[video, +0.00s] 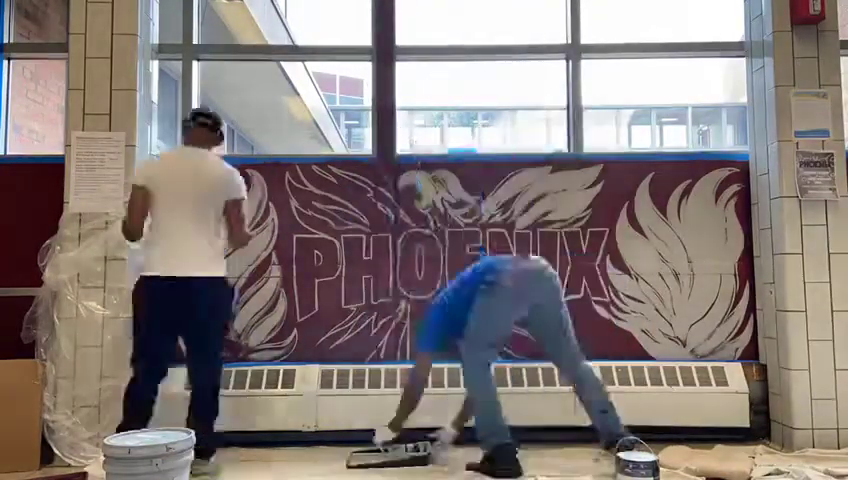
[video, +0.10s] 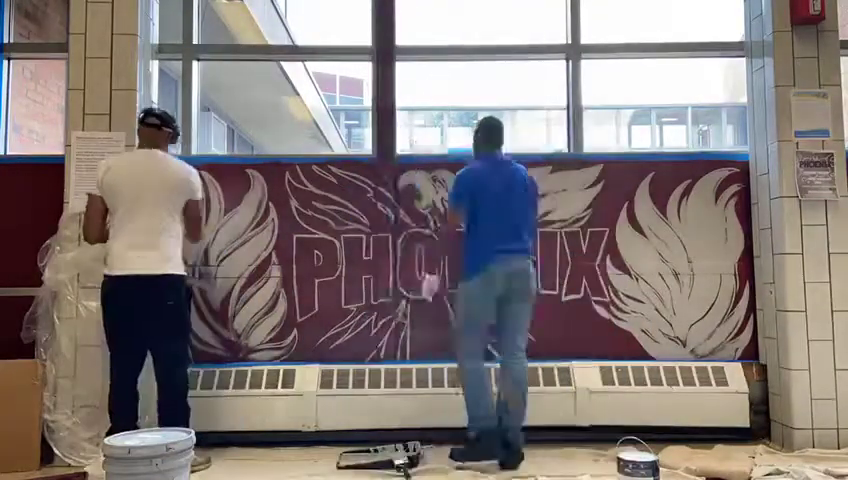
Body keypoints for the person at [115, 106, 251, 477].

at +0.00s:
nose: (216, 146)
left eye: (213, 140)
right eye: (219, 142)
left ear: (184, 134)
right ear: (219, 140)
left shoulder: (152, 167)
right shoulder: (228, 175)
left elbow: (132, 230)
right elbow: (239, 237)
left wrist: (137, 218)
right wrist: (217, 243)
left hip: (158, 284)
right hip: (206, 285)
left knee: (148, 370)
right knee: (206, 375)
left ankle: (125, 451)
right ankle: (201, 455)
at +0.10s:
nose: (170, 142)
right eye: (171, 136)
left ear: (138, 133)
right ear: (169, 137)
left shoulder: (110, 168)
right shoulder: (186, 174)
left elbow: (94, 233)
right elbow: (195, 232)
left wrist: (126, 220)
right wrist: (168, 210)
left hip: (120, 285)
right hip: (167, 285)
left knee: (123, 373)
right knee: (172, 374)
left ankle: (121, 457)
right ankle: (176, 455)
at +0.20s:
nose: (178, 151)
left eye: (178, 147)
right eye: (179, 146)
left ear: (143, 136)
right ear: (172, 142)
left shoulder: (108, 168)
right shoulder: (185, 179)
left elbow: (90, 230)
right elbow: (185, 243)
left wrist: (123, 228)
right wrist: (155, 234)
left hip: (114, 285)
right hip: (162, 286)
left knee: (120, 372)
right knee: (169, 373)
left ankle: (121, 456)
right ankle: (176, 455)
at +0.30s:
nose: (173, 148)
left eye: (172, 143)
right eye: (174, 143)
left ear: (140, 135)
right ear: (170, 141)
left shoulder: (109, 168)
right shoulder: (184, 177)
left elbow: (90, 231)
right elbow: (188, 236)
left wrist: (125, 227)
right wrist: (155, 227)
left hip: (116, 286)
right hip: (163, 286)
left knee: (120, 374)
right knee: (170, 373)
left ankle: (121, 457)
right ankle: (176, 455)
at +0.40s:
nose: (182, 152)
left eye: (182, 147)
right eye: (183, 147)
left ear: (147, 136)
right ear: (175, 142)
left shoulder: (109, 167)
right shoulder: (186, 179)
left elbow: (90, 229)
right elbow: (183, 237)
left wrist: (124, 226)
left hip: (115, 286)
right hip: (163, 286)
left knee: (120, 373)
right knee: (170, 374)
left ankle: (121, 457)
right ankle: (177, 455)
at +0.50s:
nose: (178, 152)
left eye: (179, 148)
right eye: (178, 147)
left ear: (144, 136)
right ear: (169, 141)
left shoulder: (107, 169)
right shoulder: (183, 179)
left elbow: (87, 230)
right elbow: (183, 245)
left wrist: (123, 229)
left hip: (114, 286)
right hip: (162, 286)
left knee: (120, 372)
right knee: (169, 373)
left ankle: (121, 456)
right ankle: (176, 455)